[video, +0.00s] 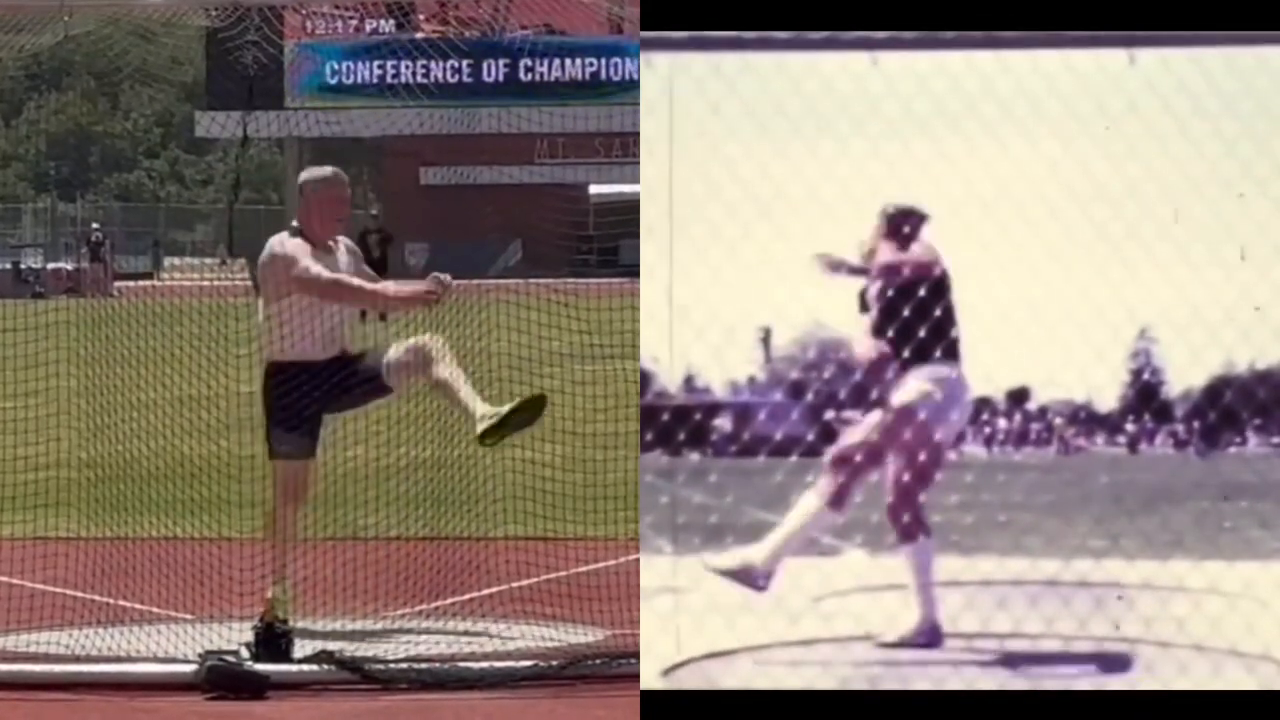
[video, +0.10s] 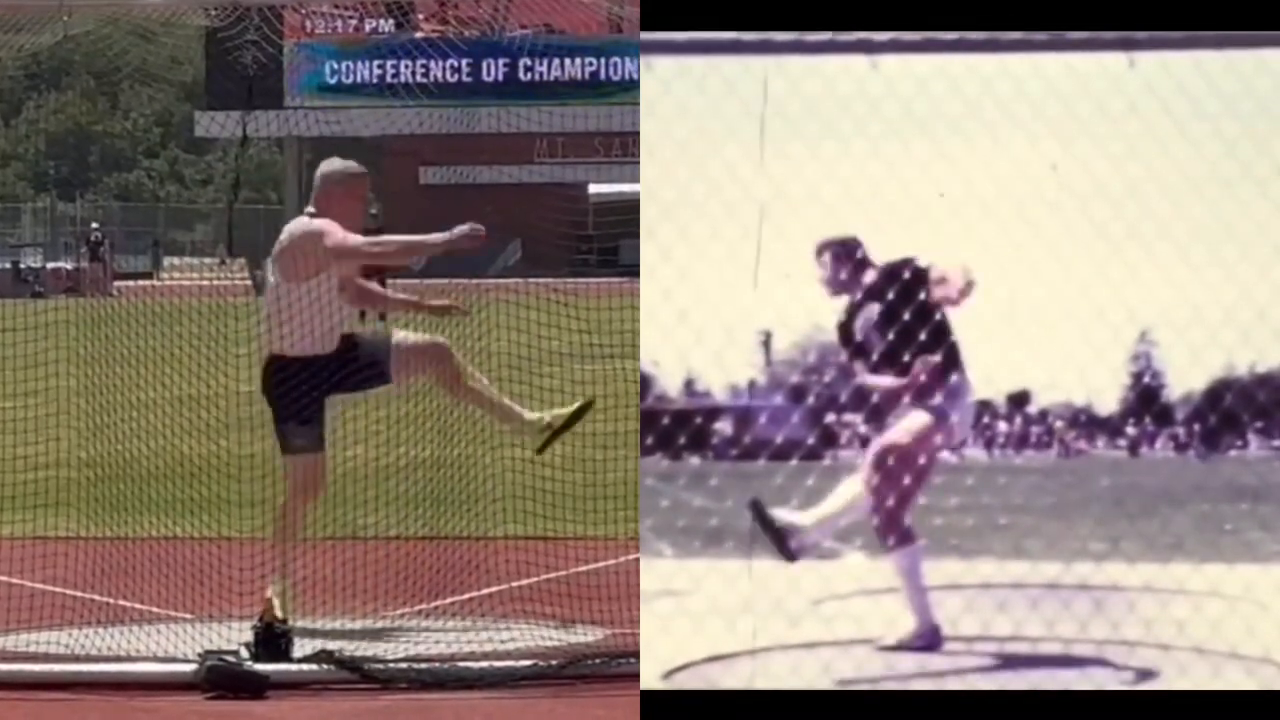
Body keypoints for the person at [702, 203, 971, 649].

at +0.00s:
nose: (877, 245)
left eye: (881, 238)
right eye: (880, 238)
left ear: (895, 237)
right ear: (899, 235)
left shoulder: (926, 259)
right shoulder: (879, 287)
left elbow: (919, 264)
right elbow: (877, 350)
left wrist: (855, 269)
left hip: (936, 383)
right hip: (909, 387)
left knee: (844, 461)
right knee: (903, 502)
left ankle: (764, 559)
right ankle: (928, 621)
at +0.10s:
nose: (823, 280)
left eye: (827, 269)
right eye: (821, 271)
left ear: (849, 263)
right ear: (836, 270)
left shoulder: (901, 274)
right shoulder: (849, 325)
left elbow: (951, 280)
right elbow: (864, 377)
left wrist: (956, 289)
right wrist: (905, 382)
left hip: (947, 395)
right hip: (908, 408)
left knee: (882, 456)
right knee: (887, 510)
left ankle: (803, 525)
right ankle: (926, 626)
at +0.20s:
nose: (816, 275)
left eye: (819, 265)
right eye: (811, 269)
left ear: (841, 255)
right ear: (815, 270)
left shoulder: (896, 268)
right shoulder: (838, 316)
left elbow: (953, 267)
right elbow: (870, 367)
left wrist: (992, 278)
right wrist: (903, 367)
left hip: (944, 377)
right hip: (899, 396)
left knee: (919, 430)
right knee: (887, 499)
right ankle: (925, 616)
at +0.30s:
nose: (816, 262)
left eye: (818, 250)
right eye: (808, 256)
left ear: (837, 239)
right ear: (807, 259)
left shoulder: (894, 258)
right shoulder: (829, 303)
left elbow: (956, 258)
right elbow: (854, 358)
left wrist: (1002, 265)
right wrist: (863, 404)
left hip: (937, 365)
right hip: (893, 389)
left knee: (952, 412)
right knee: (879, 499)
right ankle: (922, 612)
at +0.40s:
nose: (823, 248)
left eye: (824, 235)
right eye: (815, 242)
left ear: (843, 220)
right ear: (814, 240)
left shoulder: (899, 240)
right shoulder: (825, 280)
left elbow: (964, 244)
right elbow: (825, 335)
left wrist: (1011, 245)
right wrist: (840, 370)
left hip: (939, 357)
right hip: (891, 378)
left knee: (997, 398)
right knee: (873, 491)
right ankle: (909, 600)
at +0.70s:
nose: (853, 222)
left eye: (856, 210)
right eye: (842, 215)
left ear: (868, 204)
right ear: (831, 219)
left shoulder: (902, 241)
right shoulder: (827, 273)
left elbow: (967, 254)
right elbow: (812, 342)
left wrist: (1018, 230)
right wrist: (821, 400)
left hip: (940, 359)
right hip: (887, 384)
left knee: (1031, 400)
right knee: (886, 496)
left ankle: (1097, 437)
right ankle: (892, 618)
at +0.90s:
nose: (827, 191)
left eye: (828, 179)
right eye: (823, 181)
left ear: (843, 176)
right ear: (854, 176)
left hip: (919, 387)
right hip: (884, 389)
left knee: (936, 528)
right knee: (847, 518)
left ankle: (1040, 650)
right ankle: (845, 668)